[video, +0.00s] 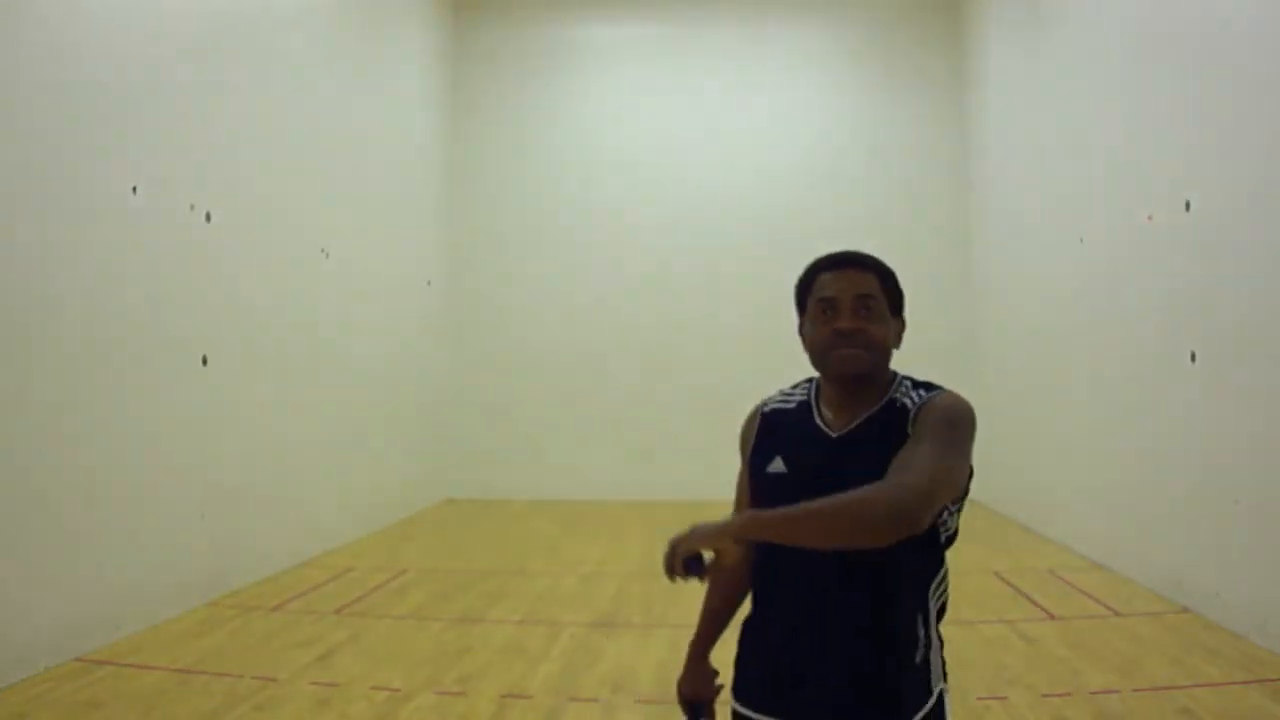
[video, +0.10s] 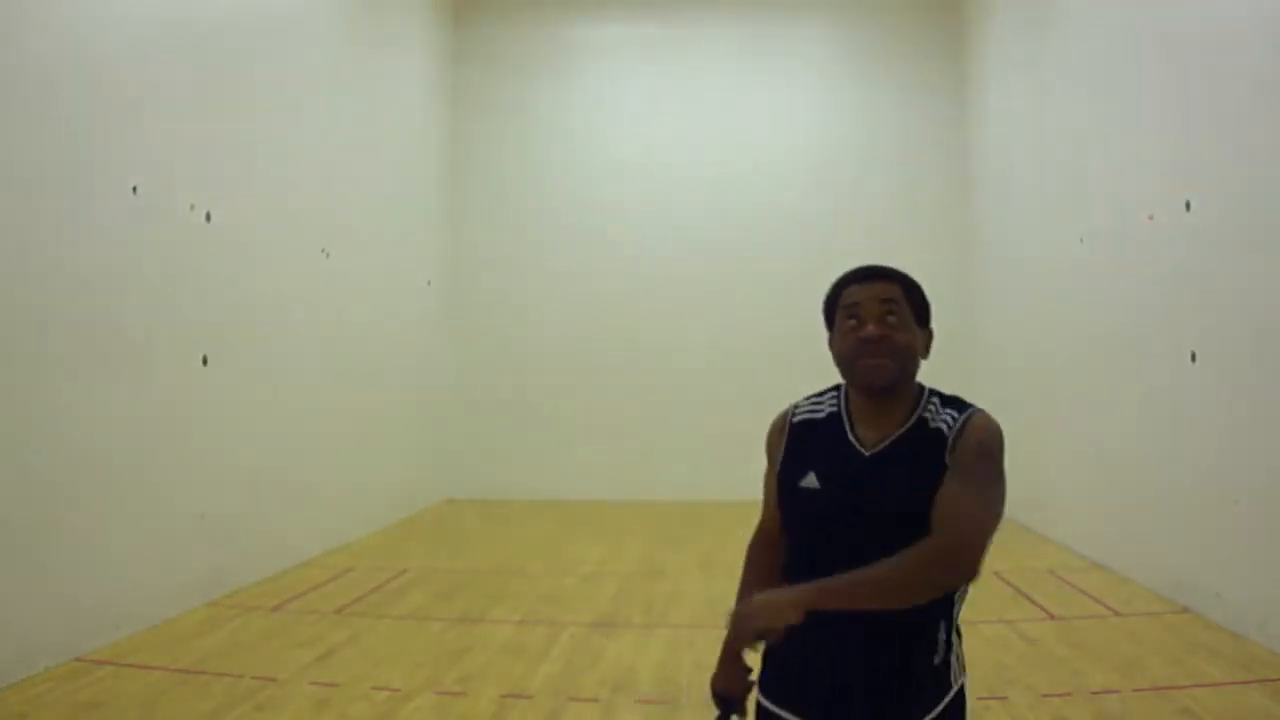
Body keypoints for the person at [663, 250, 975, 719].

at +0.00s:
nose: (847, 324)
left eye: (866, 309)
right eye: (827, 310)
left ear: (898, 331)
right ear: (802, 332)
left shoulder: (942, 415)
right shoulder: (768, 424)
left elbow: (899, 510)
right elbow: (742, 552)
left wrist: (736, 528)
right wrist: (699, 654)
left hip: (890, 693)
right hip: (773, 690)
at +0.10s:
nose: (871, 331)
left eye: (891, 317)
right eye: (853, 320)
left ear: (925, 341)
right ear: (831, 344)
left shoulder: (969, 434)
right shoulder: (793, 430)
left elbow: (954, 559)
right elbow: (771, 540)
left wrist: (801, 598)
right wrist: (733, 653)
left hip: (913, 697)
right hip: (798, 693)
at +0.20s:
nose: (893, 322)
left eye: (912, 312)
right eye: (874, 311)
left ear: (942, 340)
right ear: (850, 338)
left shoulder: (983, 442)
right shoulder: (803, 429)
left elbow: (1015, 582)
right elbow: (781, 530)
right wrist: (752, 645)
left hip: (933, 696)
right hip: (813, 689)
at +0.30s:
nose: (899, 316)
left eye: (919, 307)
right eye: (881, 307)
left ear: (947, 338)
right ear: (857, 336)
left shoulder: (992, 438)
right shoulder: (809, 426)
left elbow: (1035, 553)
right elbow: (780, 524)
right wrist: (749, 639)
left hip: (943, 688)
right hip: (831, 684)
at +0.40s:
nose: (905, 320)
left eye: (924, 311)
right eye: (886, 310)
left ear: (951, 342)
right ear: (863, 339)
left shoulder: (994, 439)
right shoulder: (816, 427)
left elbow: (1047, 534)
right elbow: (777, 531)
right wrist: (746, 648)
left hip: (948, 686)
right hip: (839, 680)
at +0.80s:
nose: (871, 326)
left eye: (889, 312)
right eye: (853, 315)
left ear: (920, 327)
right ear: (832, 335)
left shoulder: (969, 426)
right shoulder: (795, 427)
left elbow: (1011, 535)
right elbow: (768, 541)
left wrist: (1077, 629)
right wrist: (747, 658)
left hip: (936, 682)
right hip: (825, 679)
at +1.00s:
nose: (842, 317)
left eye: (859, 304)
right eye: (823, 309)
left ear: (892, 324)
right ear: (803, 333)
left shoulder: (944, 422)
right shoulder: (762, 424)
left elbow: (983, 531)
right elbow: (730, 535)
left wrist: (1000, 637)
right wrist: (703, 653)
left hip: (905, 684)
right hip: (787, 685)